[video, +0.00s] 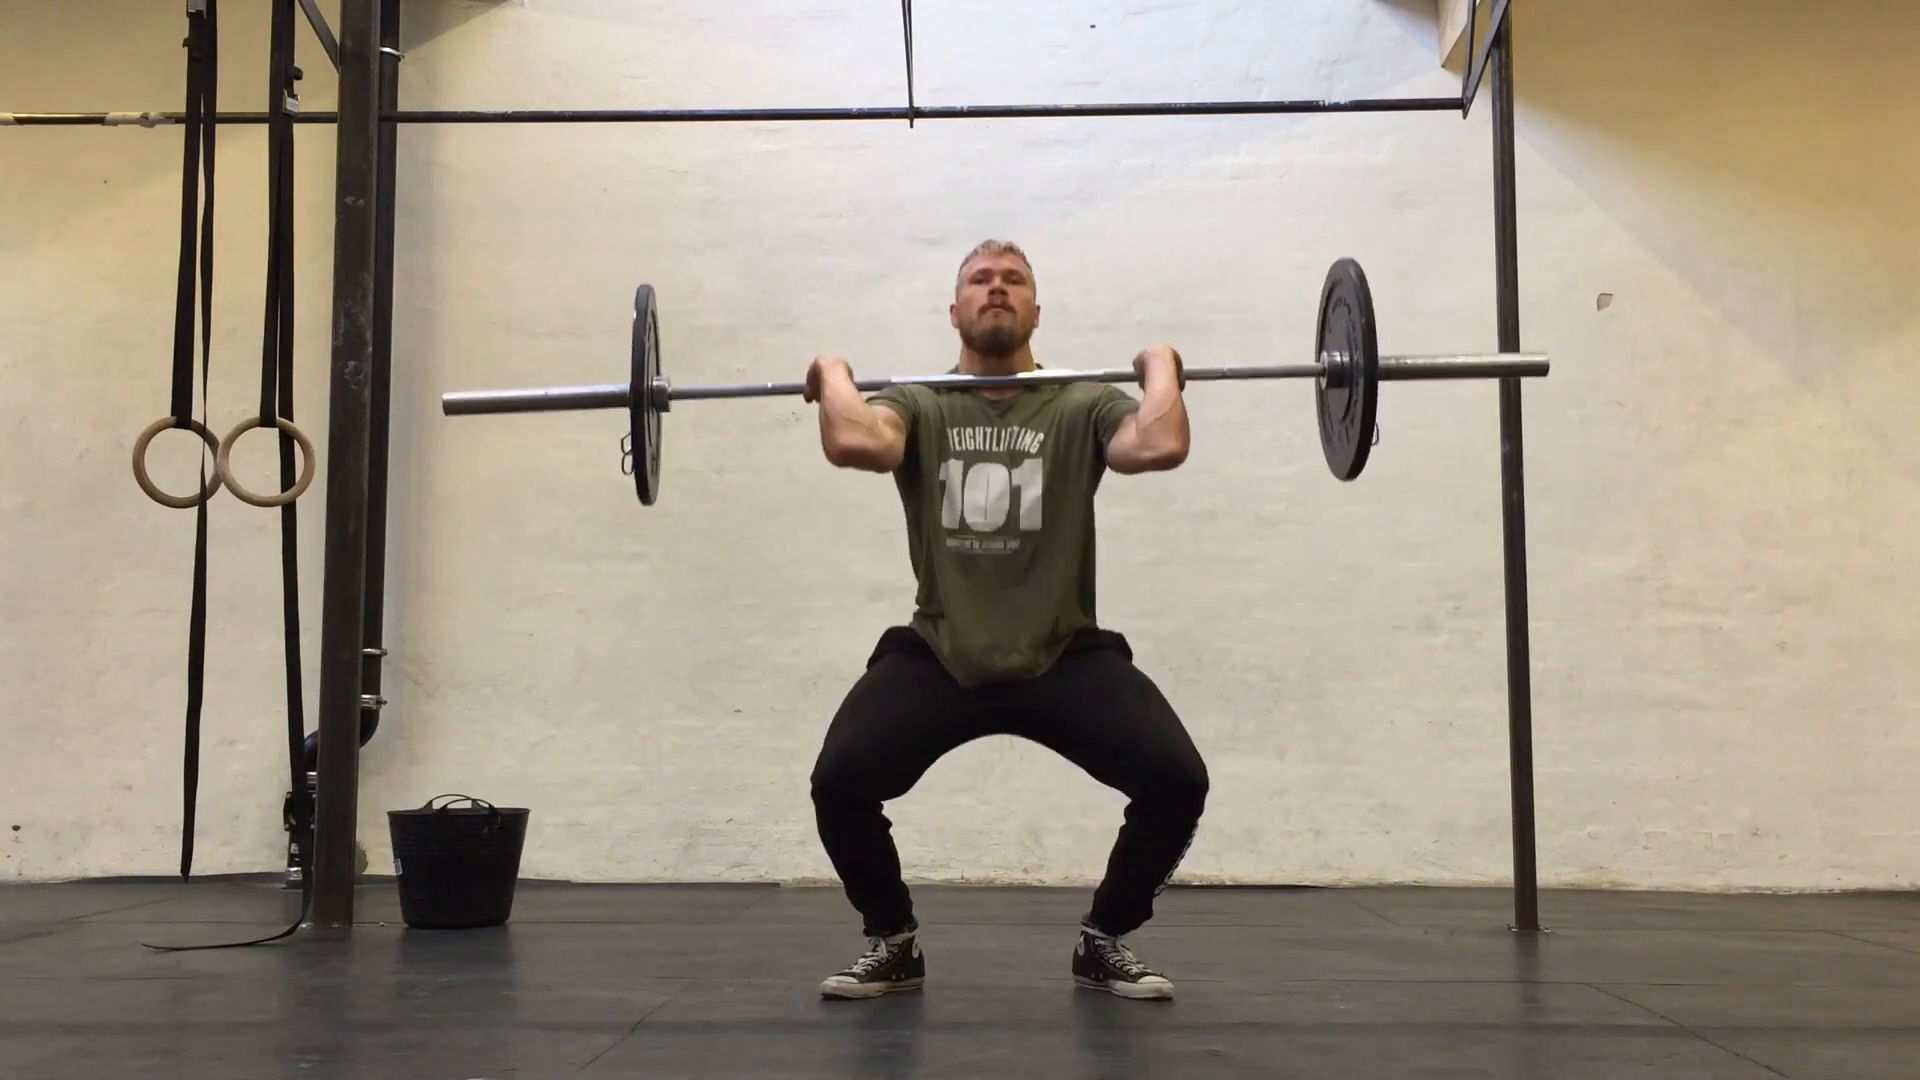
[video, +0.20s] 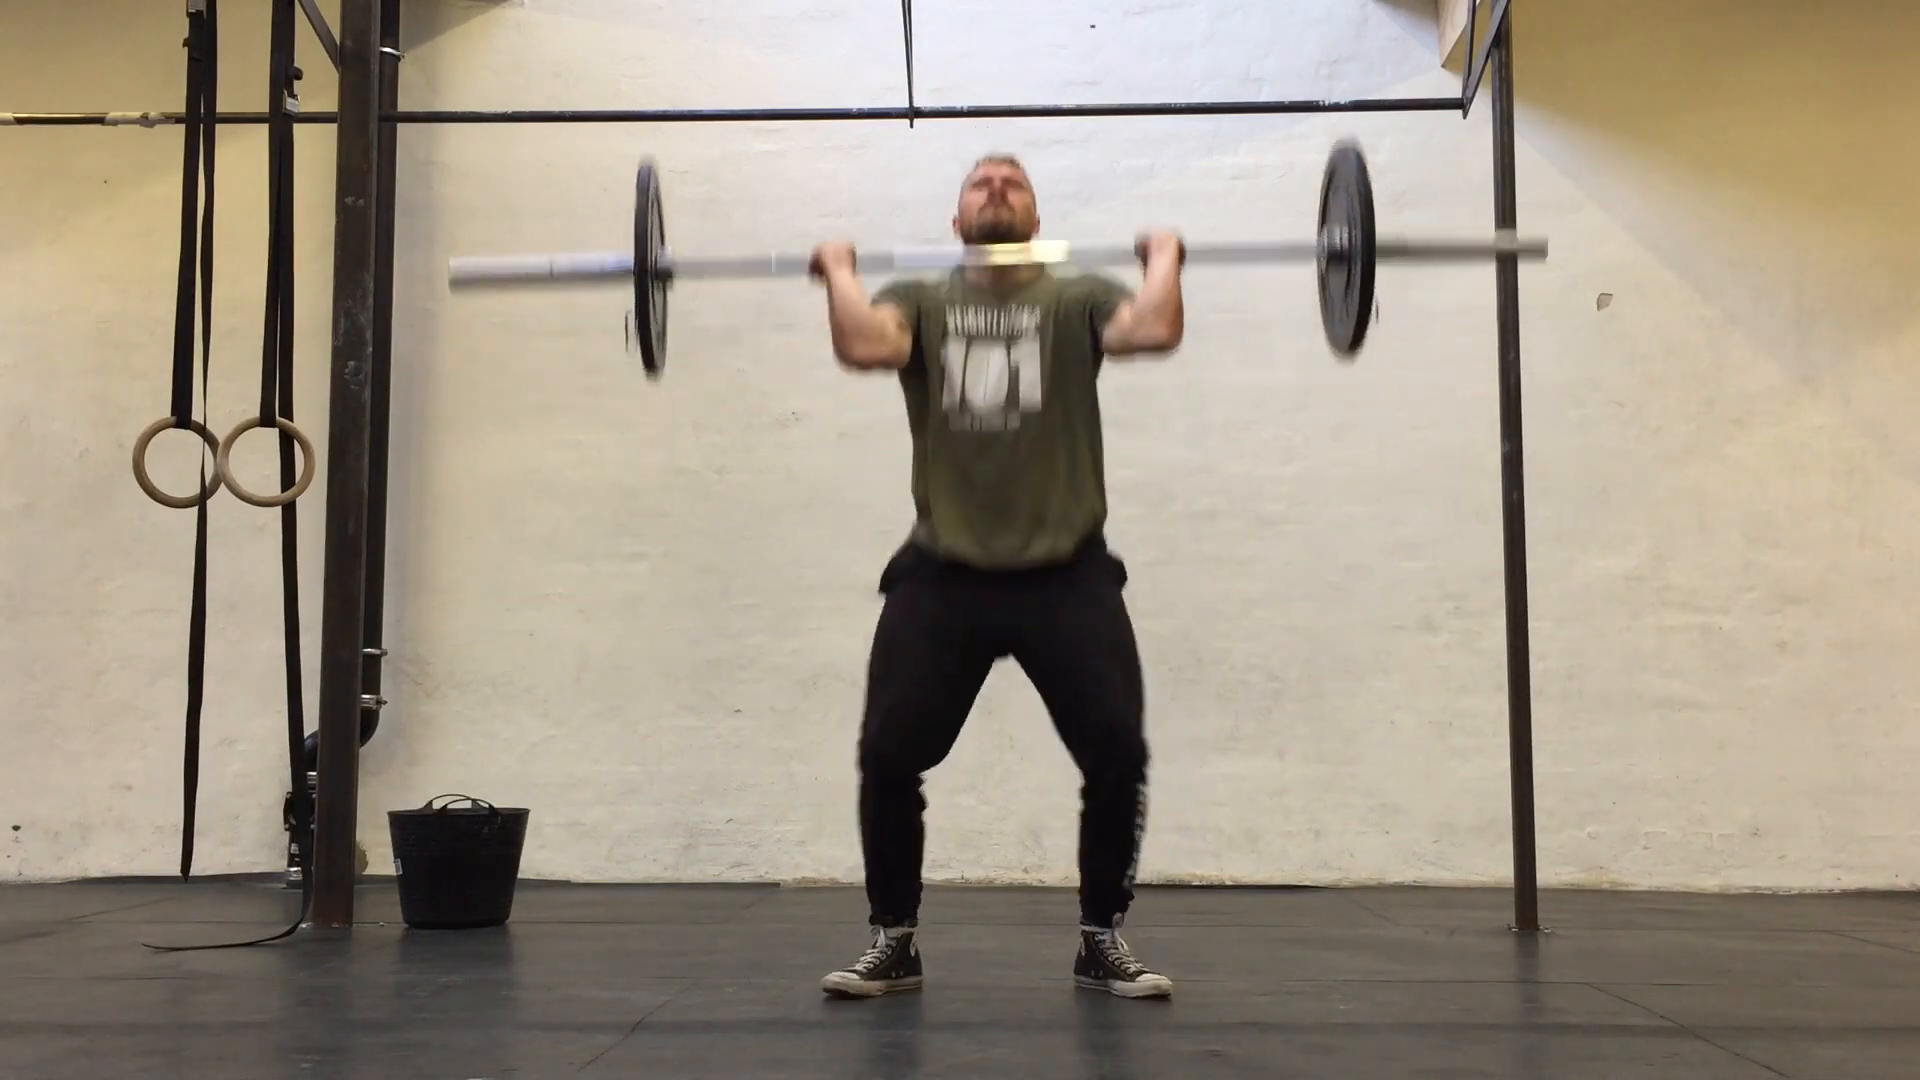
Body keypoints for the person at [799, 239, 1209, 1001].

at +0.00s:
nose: (997, 287)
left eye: (1013, 279)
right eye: (980, 279)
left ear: (1037, 311)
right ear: (954, 311)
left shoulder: (1082, 402)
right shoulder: (917, 404)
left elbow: (1163, 444)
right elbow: (849, 441)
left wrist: (1158, 362)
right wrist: (833, 371)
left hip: (1065, 658)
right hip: (939, 658)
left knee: (1177, 782)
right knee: (840, 783)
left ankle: (1103, 945)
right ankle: (893, 946)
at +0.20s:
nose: (996, 186)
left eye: (1012, 181)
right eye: (980, 182)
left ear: (1039, 217)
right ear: (956, 219)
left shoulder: (1075, 298)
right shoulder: (923, 302)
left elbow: (1157, 331)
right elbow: (862, 345)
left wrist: (1163, 258)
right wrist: (839, 270)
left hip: (1066, 577)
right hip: (944, 576)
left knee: (1118, 756)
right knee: (887, 757)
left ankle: (1102, 947)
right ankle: (893, 946)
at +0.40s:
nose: (997, 153)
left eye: (1016, 146)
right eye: (981, 145)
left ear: (1042, 177)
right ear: (957, 175)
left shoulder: (1086, 251)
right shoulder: (916, 255)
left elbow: (1189, 172)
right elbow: (817, 179)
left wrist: (1174, 63)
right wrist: (826, 72)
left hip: (1062, 527)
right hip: (946, 528)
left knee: (1090, 739)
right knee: (919, 739)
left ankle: (1110, 934)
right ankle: (895, 938)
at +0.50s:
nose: (1000, 160)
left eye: (1018, 148)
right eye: (984, 147)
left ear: (1042, 167)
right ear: (960, 165)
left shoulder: (1079, 242)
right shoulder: (917, 246)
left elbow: (1163, 135)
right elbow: (834, 141)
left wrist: (1173, 21)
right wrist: (824, 23)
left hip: (1061, 534)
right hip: (946, 535)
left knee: (1086, 744)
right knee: (922, 743)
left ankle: (1106, 940)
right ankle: (898, 940)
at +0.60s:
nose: (999, 166)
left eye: (1018, 151)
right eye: (983, 151)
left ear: (1043, 164)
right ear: (959, 163)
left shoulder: (1075, 233)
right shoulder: (921, 237)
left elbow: (1140, 108)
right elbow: (853, 106)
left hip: (1060, 534)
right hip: (947, 536)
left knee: (1085, 745)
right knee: (922, 746)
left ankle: (1105, 941)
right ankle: (899, 940)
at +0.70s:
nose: (999, 167)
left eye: (1018, 152)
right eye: (983, 152)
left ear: (1043, 164)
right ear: (959, 163)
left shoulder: (1074, 229)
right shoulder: (922, 234)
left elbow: (1134, 104)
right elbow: (862, 103)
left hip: (1059, 535)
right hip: (946, 537)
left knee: (1085, 744)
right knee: (920, 747)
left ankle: (1105, 941)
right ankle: (899, 941)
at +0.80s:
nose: (1000, 168)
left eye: (1019, 153)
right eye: (983, 153)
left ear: (1043, 166)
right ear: (959, 165)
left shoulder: (1075, 230)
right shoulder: (922, 233)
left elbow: (1134, 109)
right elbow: (863, 105)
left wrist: (1170, 2)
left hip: (1058, 536)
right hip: (945, 537)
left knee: (1085, 744)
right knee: (920, 747)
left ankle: (1105, 941)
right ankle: (898, 943)